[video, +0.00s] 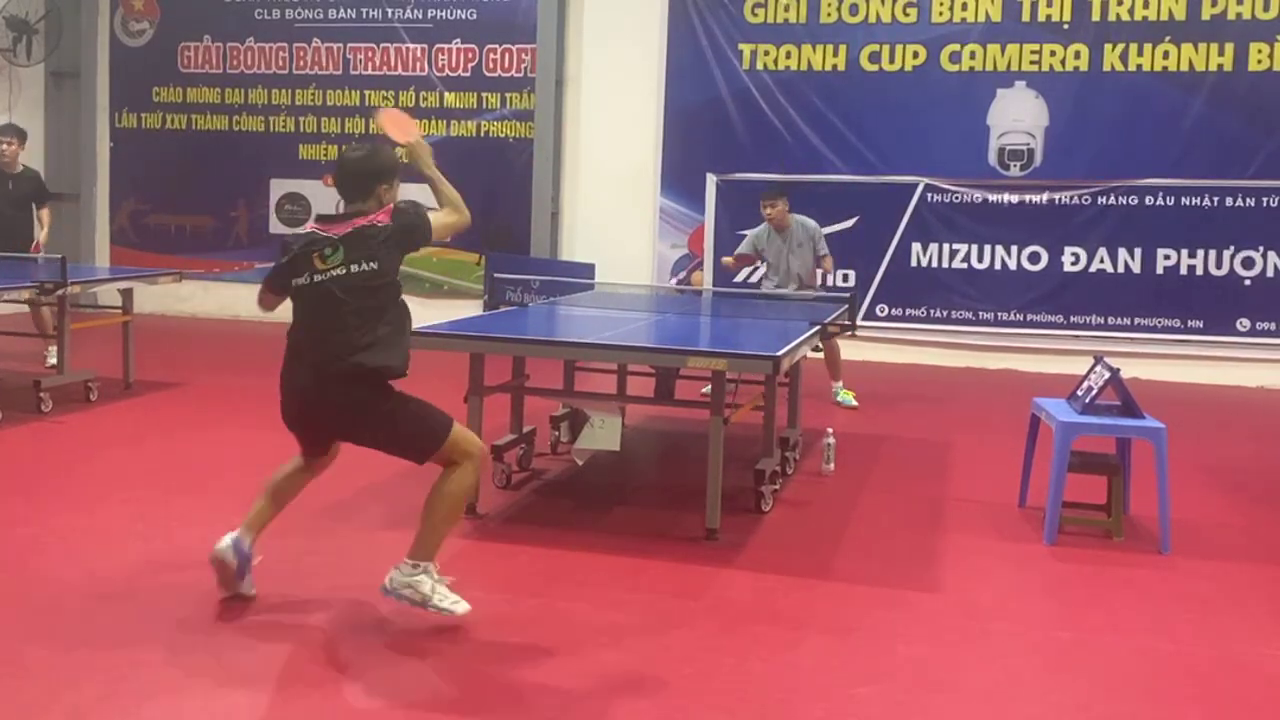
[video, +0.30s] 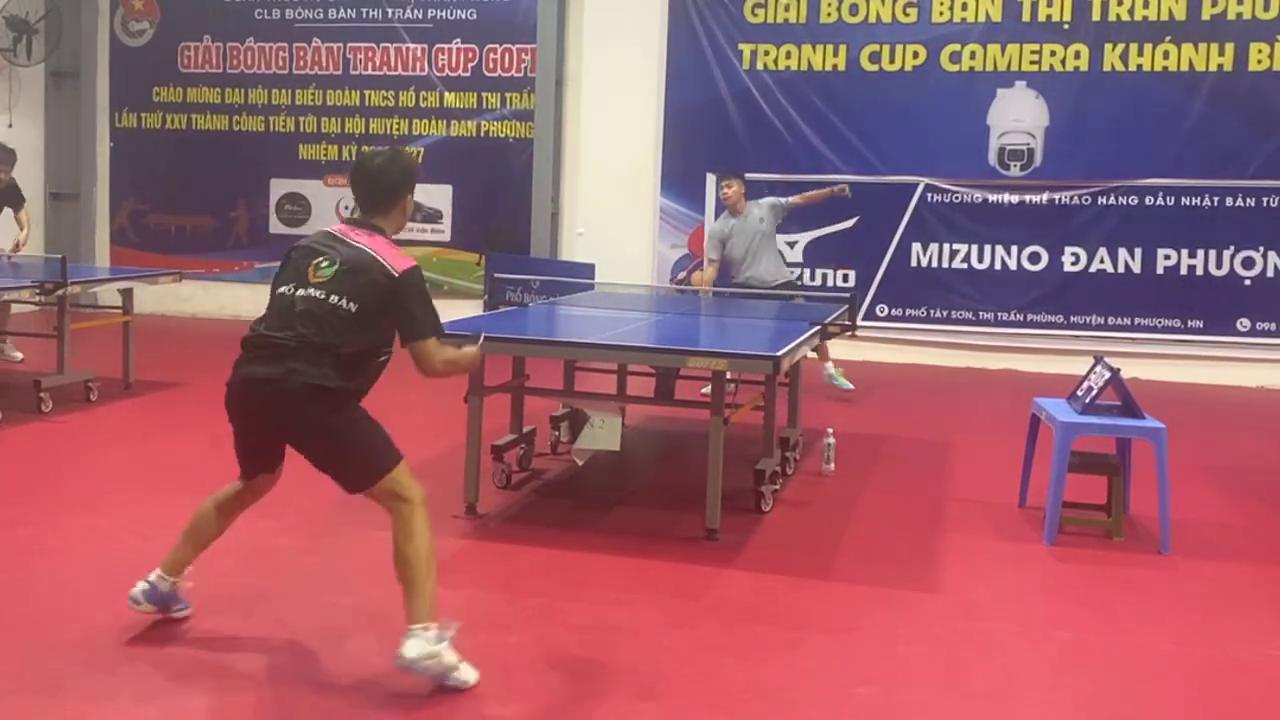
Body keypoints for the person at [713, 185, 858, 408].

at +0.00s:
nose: (768, 212)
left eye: (772, 207)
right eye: (764, 208)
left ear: (786, 206)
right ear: (761, 209)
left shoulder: (808, 227)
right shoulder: (759, 234)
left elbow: (824, 256)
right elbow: (742, 260)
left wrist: (827, 266)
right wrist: (732, 262)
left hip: (806, 295)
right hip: (770, 295)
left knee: (828, 334)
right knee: (736, 326)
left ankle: (838, 388)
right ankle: (722, 380)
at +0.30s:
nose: (725, 192)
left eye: (729, 187)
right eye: (721, 189)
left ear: (742, 189)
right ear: (720, 195)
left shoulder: (766, 207)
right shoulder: (718, 228)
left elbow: (802, 200)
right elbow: (711, 265)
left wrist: (832, 191)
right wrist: (704, 287)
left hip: (780, 283)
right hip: (743, 288)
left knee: (812, 321)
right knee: (728, 328)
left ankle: (829, 370)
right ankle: (727, 378)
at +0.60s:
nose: (721, 178)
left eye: (726, 173)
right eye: (718, 174)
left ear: (737, 175)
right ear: (715, 178)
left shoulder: (756, 194)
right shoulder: (710, 208)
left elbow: (786, 196)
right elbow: (692, 237)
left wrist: (812, 209)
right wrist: (673, 260)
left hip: (757, 273)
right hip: (725, 273)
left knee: (761, 320)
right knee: (711, 316)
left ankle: (757, 368)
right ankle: (713, 361)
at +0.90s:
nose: (749, 214)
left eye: (754, 209)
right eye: (746, 209)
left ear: (764, 212)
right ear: (741, 212)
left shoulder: (776, 235)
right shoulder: (729, 237)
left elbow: (783, 257)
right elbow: (714, 264)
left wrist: (777, 268)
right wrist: (719, 291)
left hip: (769, 295)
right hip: (735, 296)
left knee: (800, 319)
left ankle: (809, 364)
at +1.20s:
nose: (814, 196)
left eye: (819, 191)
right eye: (810, 191)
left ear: (827, 192)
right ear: (803, 192)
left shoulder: (839, 212)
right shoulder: (796, 219)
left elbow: (850, 234)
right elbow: (779, 253)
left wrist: (864, 245)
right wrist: (795, 251)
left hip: (828, 279)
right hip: (796, 279)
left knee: (837, 320)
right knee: (786, 320)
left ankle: (820, 365)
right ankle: (791, 359)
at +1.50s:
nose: (845, 185)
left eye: (850, 180)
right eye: (841, 181)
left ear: (859, 183)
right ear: (835, 185)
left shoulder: (874, 205)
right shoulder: (828, 213)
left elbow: (895, 216)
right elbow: (812, 239)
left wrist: (917, 231)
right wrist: (807, 236)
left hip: (868, 274)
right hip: (834, 275)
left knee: (879, 317)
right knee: (811, 316)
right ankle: (804, 360)